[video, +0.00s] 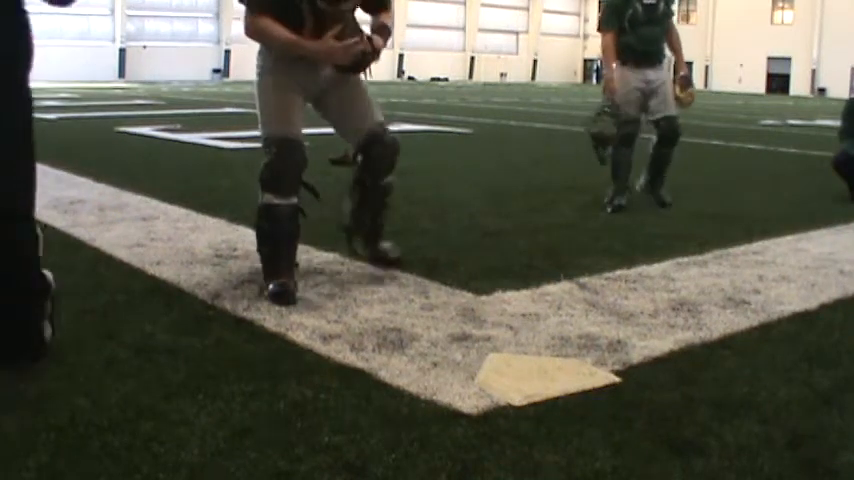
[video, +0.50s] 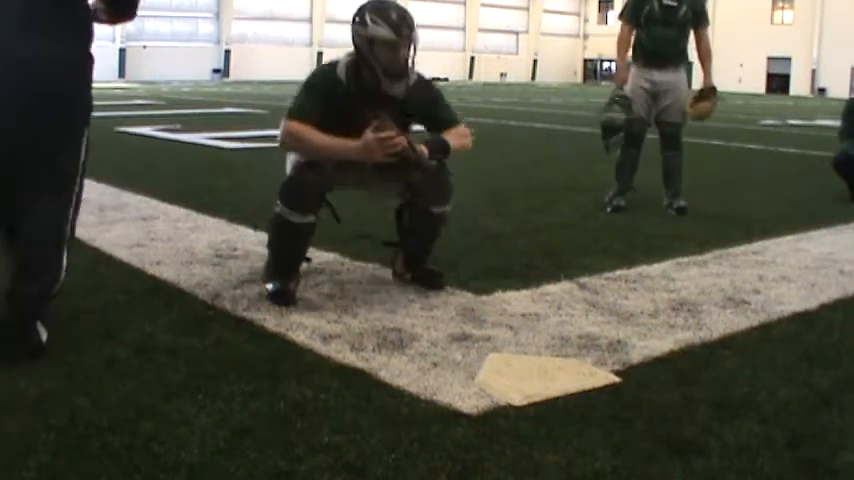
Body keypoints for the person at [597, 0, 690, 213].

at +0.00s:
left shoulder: (664, 4)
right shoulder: (616, 4)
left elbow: (669, 28)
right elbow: (608, 35)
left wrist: (681, 65)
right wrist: (609, 75)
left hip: (658, 71)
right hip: (627, 71)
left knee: (669, 131)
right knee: (626, 133)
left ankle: (654, 184)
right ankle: (619, 192)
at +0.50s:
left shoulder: (694, 4)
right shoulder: (640, 3)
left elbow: (702, 38)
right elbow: (626, 30)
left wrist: (707, 80)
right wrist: (621, 69)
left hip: (675, 74)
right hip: (641, 72)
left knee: (672, 139)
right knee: (632, 136)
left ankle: (674, 197)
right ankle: (621, 192)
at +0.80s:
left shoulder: (700, 5)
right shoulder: (646, 3)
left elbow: (708, 42)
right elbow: (632, 31)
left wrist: (710, 84)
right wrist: (629, 67)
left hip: (676, 77)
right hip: (642, 72)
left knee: (672, 139)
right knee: (628, 134)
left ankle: (674, 197)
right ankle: (619, 190)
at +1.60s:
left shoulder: (658, 3)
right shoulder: (608, 4)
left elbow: (672, 29)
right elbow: (598, 39)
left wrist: (682, 60)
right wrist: (596, 77)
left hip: (650, 76)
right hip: (617, 75)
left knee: (656, 133)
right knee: (618, 135)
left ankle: (659, 194)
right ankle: (618, 188)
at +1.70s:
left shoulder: (656, 4)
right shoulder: (606, 5)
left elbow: (671, 31)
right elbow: (595, 41)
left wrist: (680, 61)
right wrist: (591, 77)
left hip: (648, 76)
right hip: (616, 75)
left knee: (652, 136)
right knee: (619, 136)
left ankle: (657, 193)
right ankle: (618, 188)